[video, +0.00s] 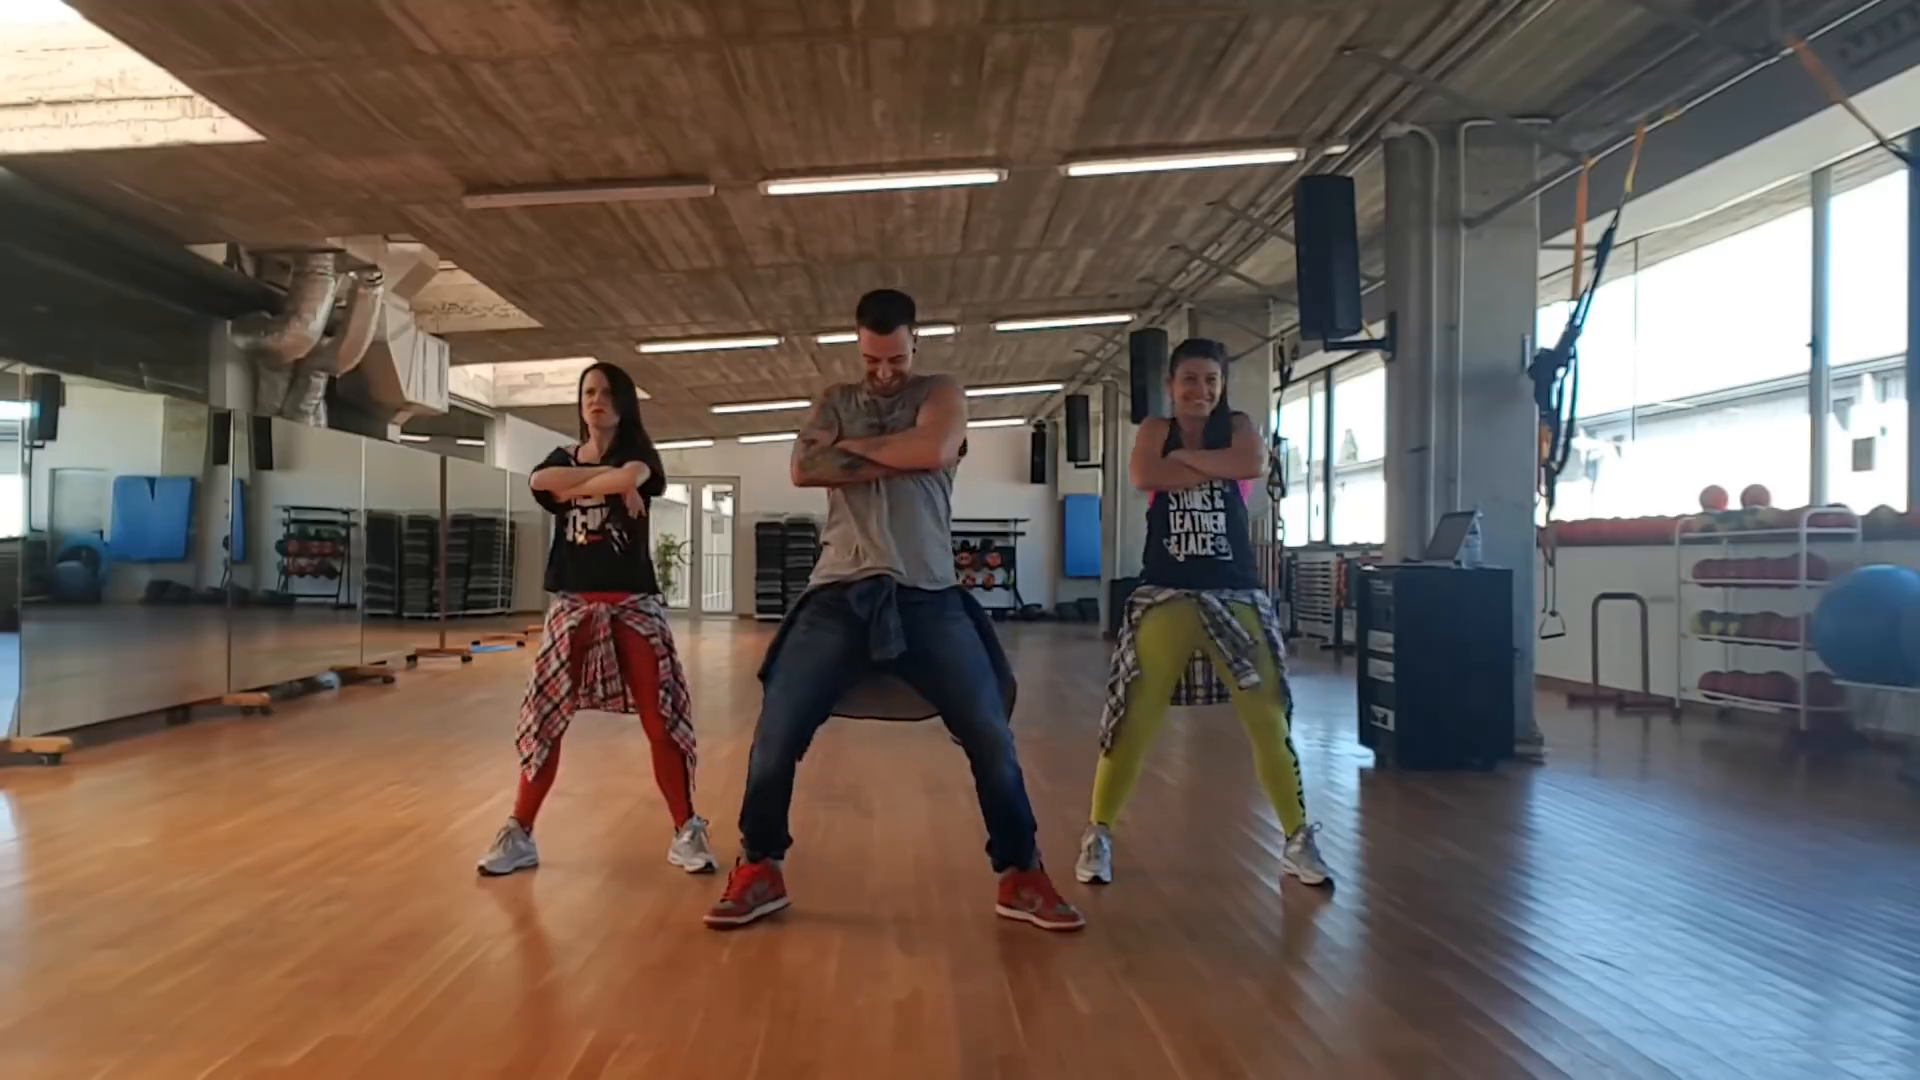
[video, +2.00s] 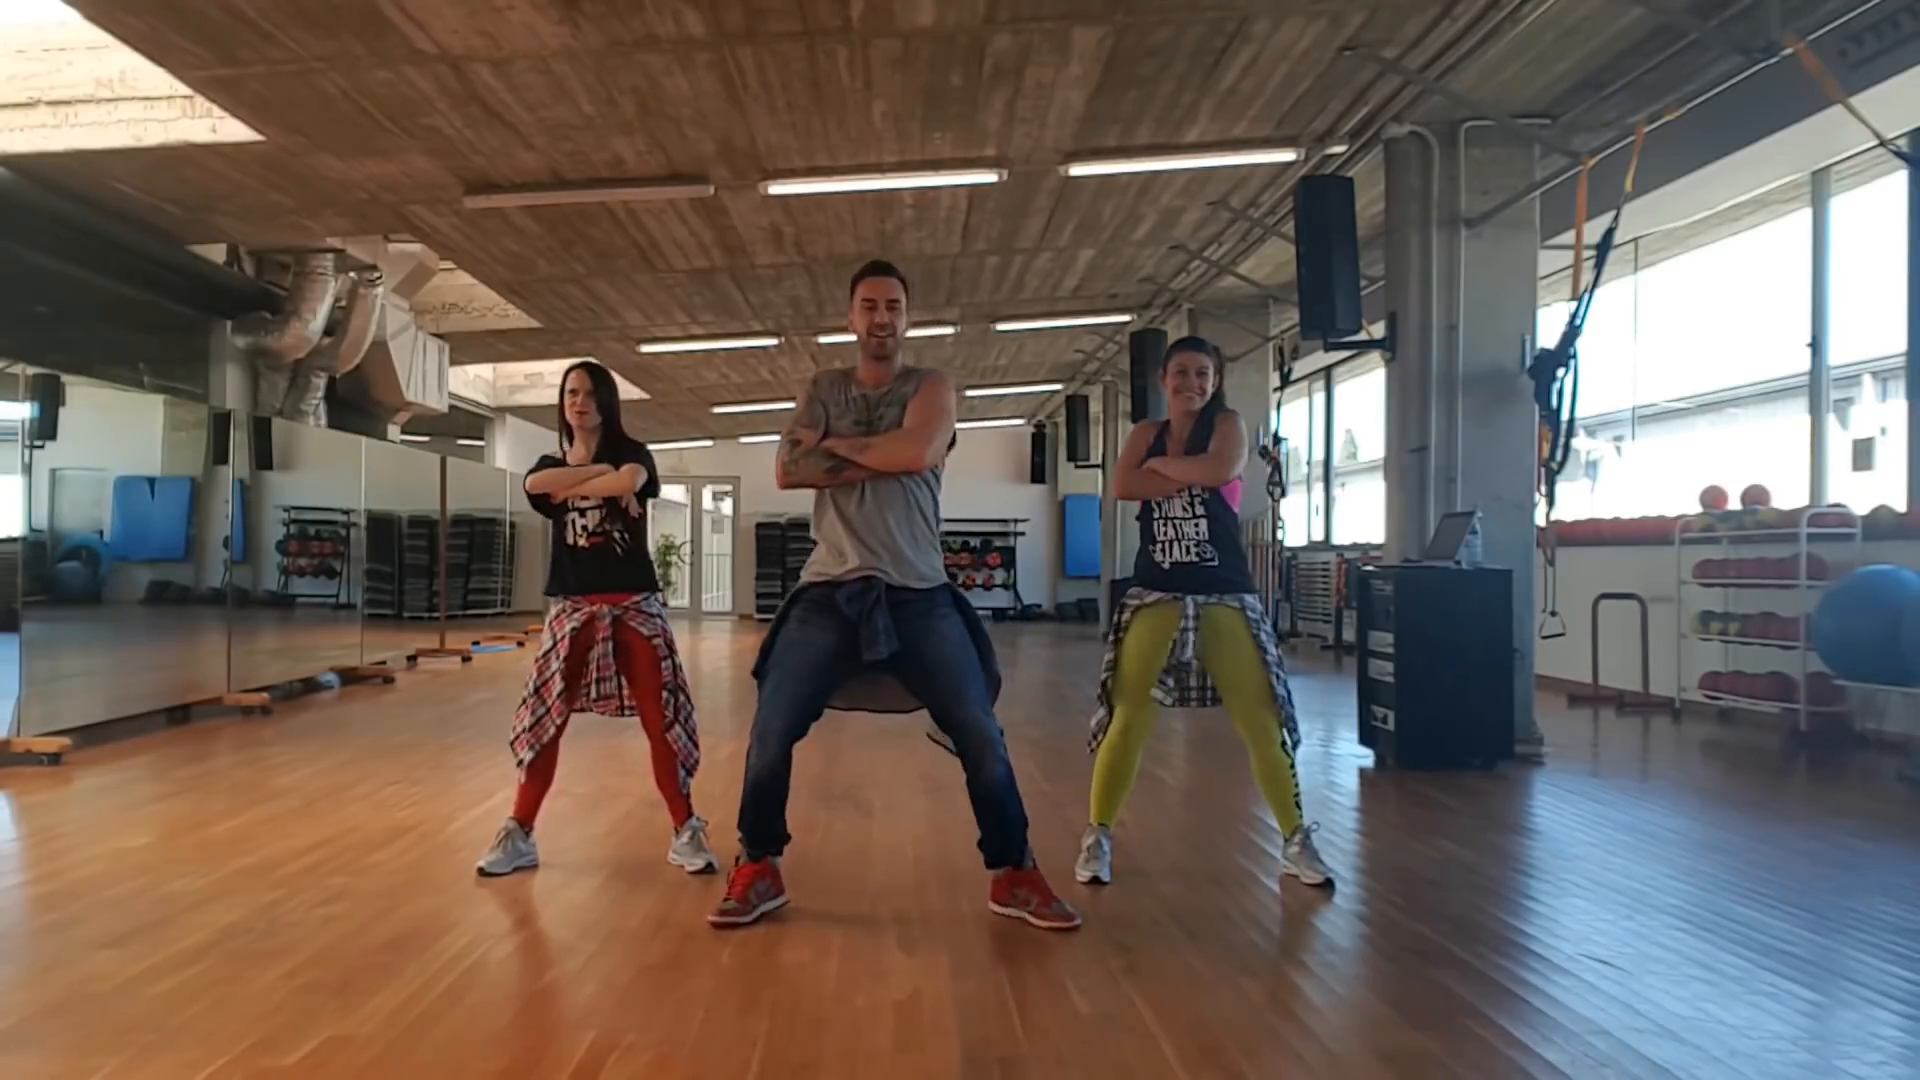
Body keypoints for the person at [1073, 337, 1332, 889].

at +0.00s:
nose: (1199, 389)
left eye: (1209, 380)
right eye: (1189, 379)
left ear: (1222, 386)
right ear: (1170, 384)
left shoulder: (1238, 424)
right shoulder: (1154, 429)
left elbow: (1249, 467)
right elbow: (1143, 475)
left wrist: (1177, 454)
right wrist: (1219, 465)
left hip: (1236, 595)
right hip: (1166, 595)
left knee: (1268, 719)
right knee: (1136, 718)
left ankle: (1298, 841)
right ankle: (1098, 837)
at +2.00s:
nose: (1190, 381)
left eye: (1201, 373)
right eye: (1181, 372)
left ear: (1215, 383)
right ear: (1163, 380)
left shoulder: (1225, 423)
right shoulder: (1146, 433)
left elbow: (1221, 471)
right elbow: (1122, 486)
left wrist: (1154, 465)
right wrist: (1191, 473)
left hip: (1223, 591)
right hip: (1154, 590)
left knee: (1260, 719)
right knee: (1129, 714)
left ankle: (1296, 841)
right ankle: (1096, 837)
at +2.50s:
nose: (1225, 380)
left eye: (1233, 372)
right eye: (1214, 372)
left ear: (1245, 382)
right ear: (1193, 382)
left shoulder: (1253, 432)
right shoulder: (1181, 426)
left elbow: (1292, 484)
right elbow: (1202, 481)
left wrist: (1231, 466)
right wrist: (1260, 483)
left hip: (1249, 598)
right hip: (1182, 598)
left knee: (1275, 723)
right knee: (1146, 721)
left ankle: (1297, 842)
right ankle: (1099, 838)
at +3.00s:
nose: (1197, 374)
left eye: (1206, 367)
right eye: (1186, 366)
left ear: (1220, 379)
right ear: (1170, 379)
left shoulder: (1236, 426)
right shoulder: (1153, 429)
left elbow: (1257, 464)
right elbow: (1141, 478)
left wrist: (1181, 462)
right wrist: (1220, 476)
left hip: (1233, 591)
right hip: (1164, 591)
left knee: (1264, 714)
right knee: (1138, 717)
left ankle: (1297, 841)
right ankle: (1098, 838)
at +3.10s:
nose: (1192, 372)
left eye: (1202, 364)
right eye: (1182, 364)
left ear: (1216, 377)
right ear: (1164, 377)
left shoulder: (1235, 426)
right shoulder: (1146, 429)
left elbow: (1270, 454)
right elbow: (1108, 475)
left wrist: (1203, 431)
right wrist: (1165, 460)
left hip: (1227, 591)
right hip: (1157, 591)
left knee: (1260, 714)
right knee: (1134, 715)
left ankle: (1297, 840)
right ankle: (1098, 838)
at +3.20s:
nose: (1193, 371)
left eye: (1202, 362)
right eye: (1182, 362)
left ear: (1216, 377)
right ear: (1164, 376)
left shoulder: (1232, 428)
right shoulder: (1146, 430)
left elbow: (1287, 444)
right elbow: (1094, 461)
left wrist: (1241, 387)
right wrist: (1145, 410)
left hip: (1226, 592)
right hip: (1157, 592)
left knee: (1258, 712)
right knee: (1132, 714)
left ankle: (1295, 840)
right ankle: (1098, 838)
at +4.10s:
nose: (1141, 382)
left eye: (1151, 373)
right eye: (1131, 372)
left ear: (1168, 386)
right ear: (1116, 382)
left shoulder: (1181, 445)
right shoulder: (1097, 437)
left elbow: (1256, 451)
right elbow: (1065, 450)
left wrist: (1245, 386)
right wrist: (1101, 392)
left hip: (1164, 600)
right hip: (1095, 600)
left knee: (1219, 710)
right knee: (1085, 729)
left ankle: (1248, 827)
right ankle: (1076, 837)